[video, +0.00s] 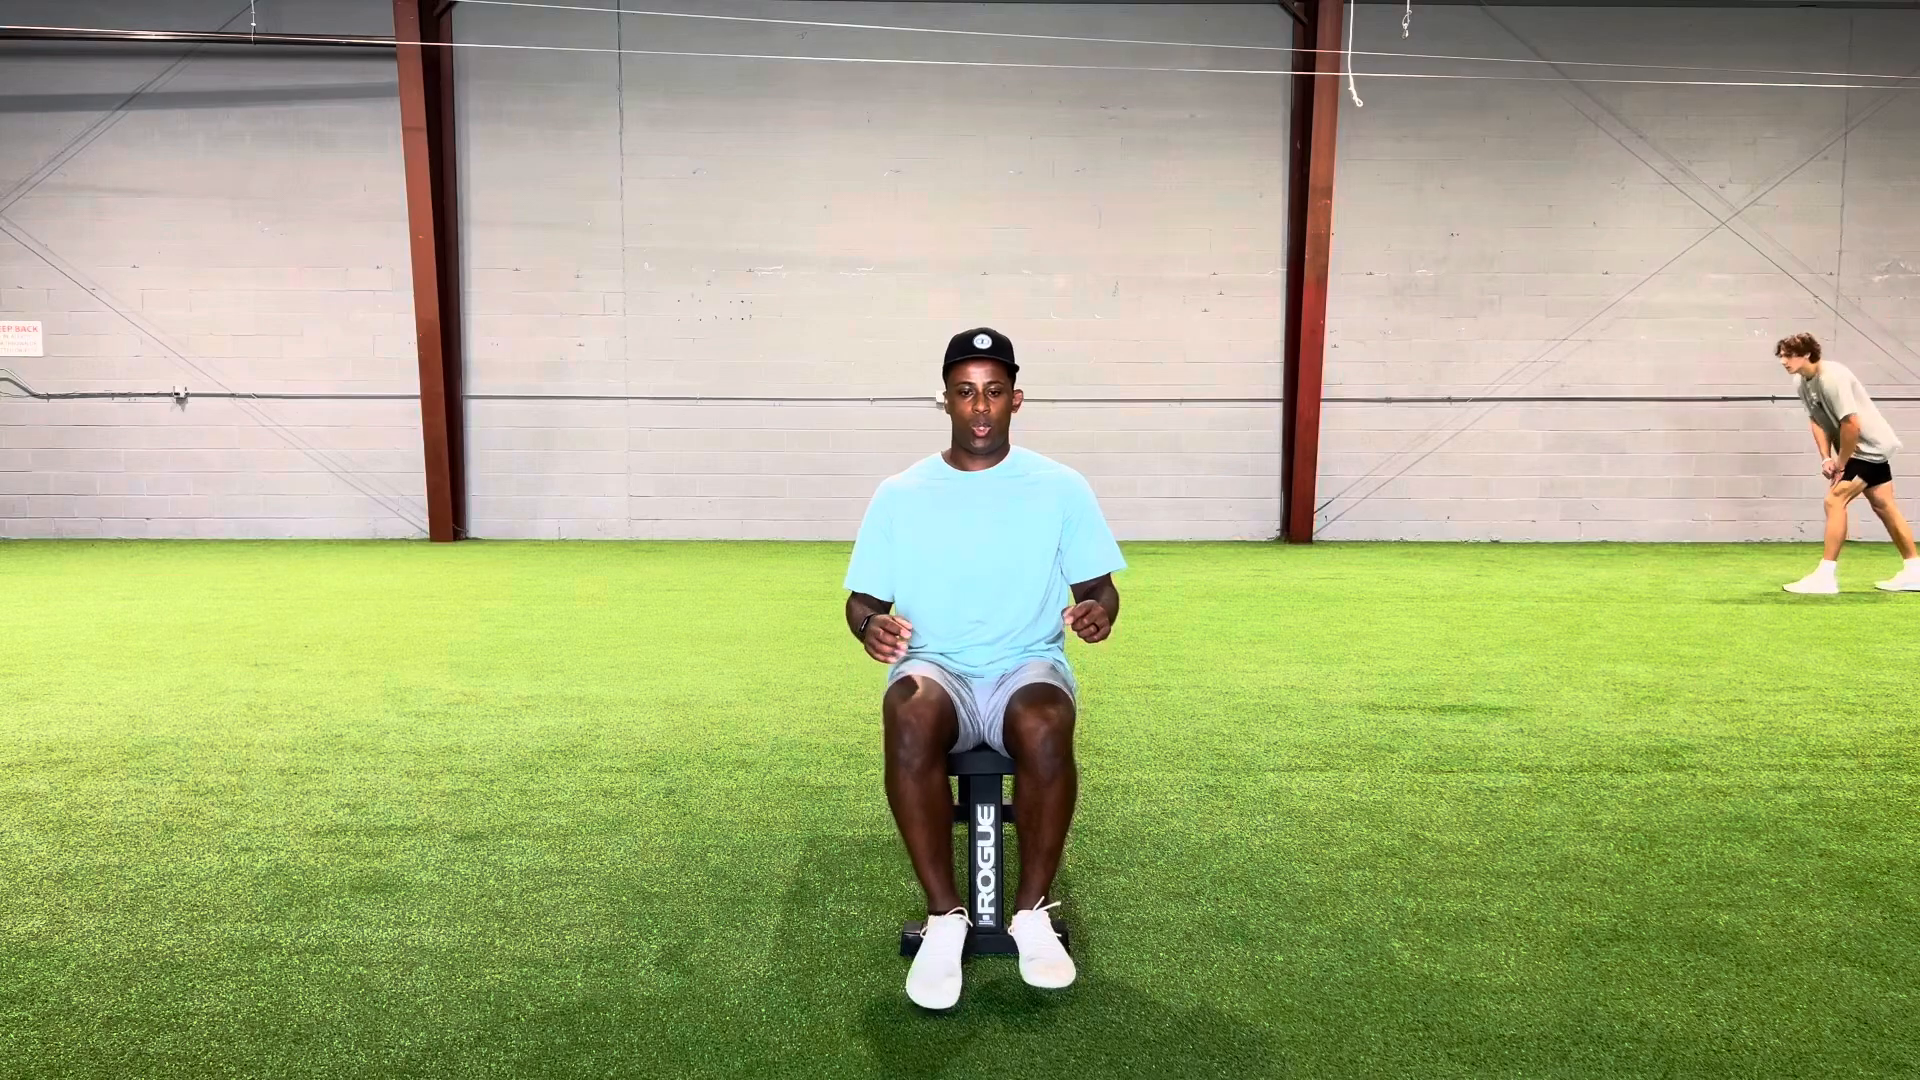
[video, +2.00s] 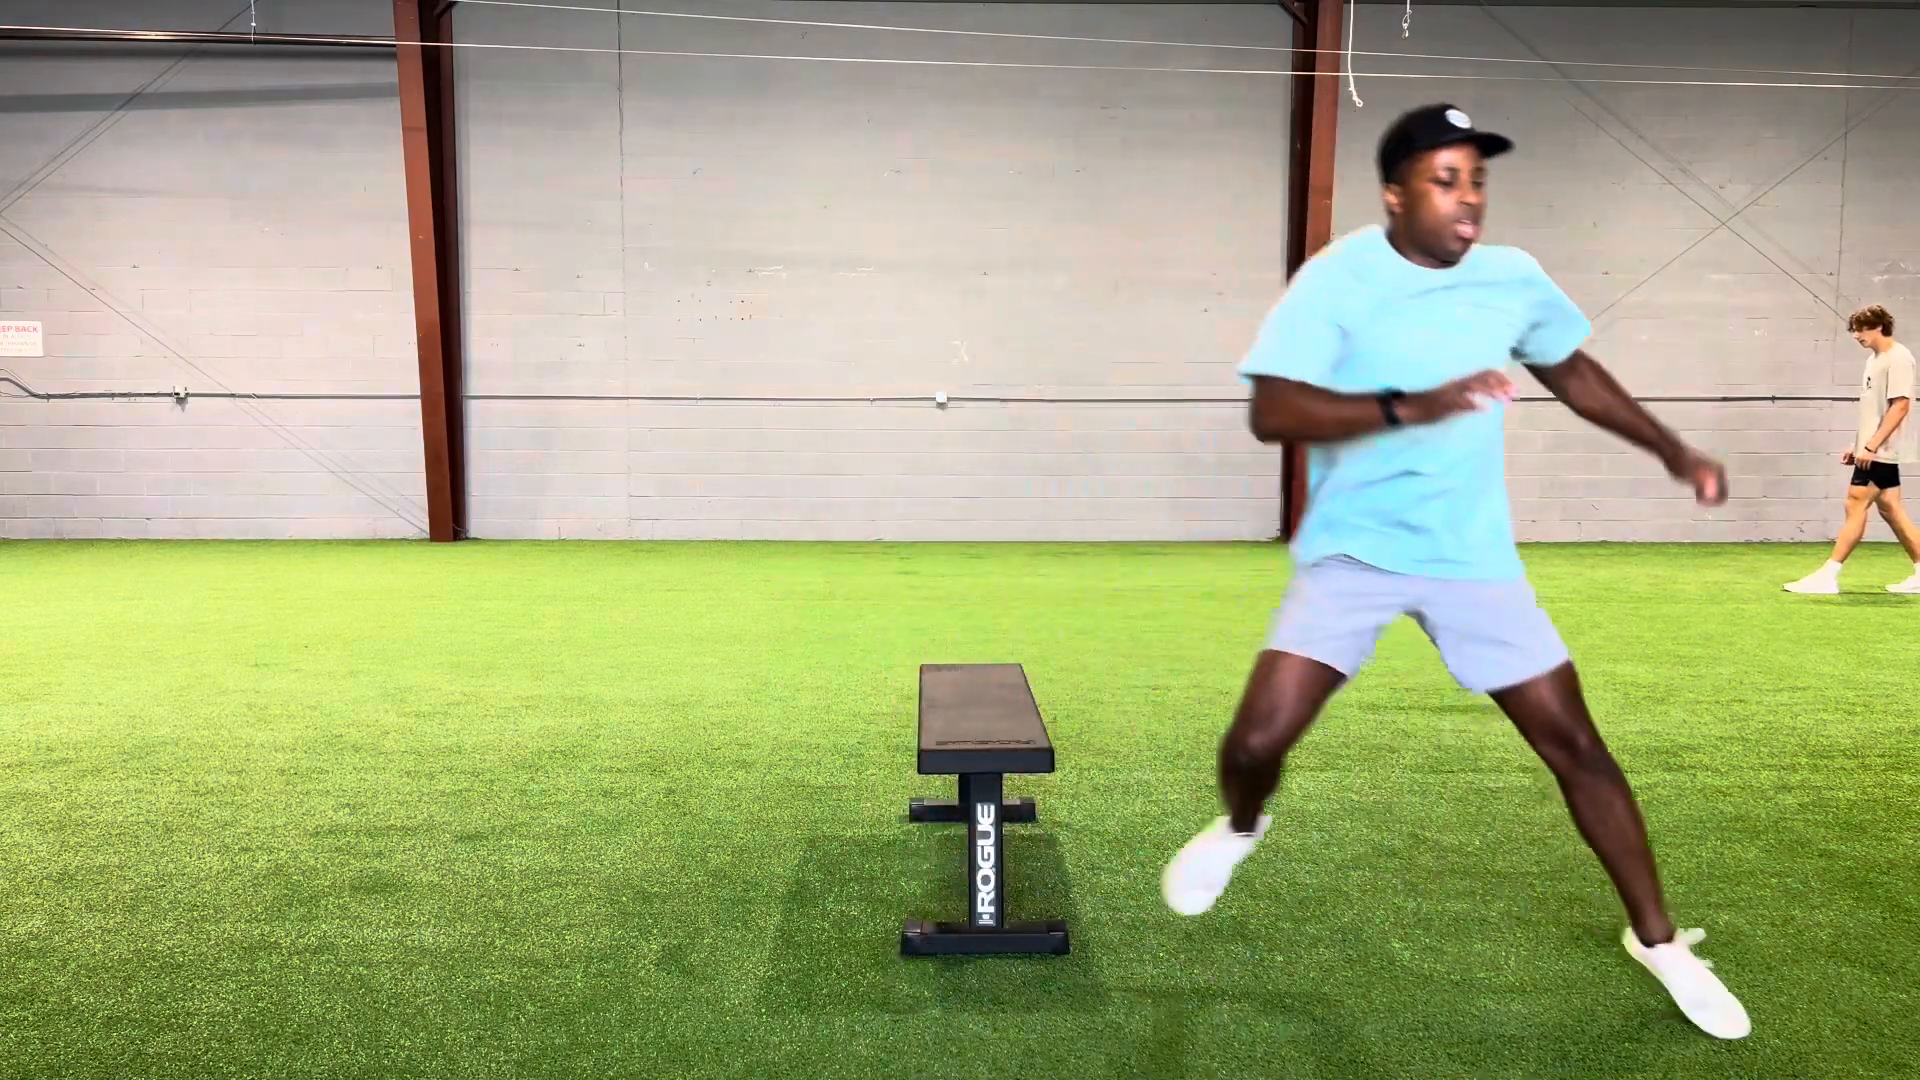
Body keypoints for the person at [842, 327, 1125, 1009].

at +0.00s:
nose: (981, 405)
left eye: (994, 391)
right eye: (966, 392)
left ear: (1014, 399)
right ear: (946, 401)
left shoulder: (1061, 489)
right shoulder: (900, 495)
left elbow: (1095, 584)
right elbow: (862, 599)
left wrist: (1097, 609)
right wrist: (870, 624)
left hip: (1028, 661)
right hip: (933, 665)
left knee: (1044, 722)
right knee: (911, 712)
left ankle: (1032, 909)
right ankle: (944, 914)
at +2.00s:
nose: (1469, 202)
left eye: (1477, 184)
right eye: (1446, 184)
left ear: (1485, 189)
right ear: (1394, 193)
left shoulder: (1513, 280)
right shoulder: (1335, 280)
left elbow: (1575, 373)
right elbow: (1272, 413)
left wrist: (1673, 452)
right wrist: (1407, 407)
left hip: (1476, 563)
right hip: (1348, 556)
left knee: (1577, 744)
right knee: (1254, 740)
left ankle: (1659, 939)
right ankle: (1238, 831)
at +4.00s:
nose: (1019, 424)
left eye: (1038, 406)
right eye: (1004, 403)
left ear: (1070, 392)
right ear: (985, 384)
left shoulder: (1113, 463)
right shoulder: (931, 449)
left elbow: (1159, 581)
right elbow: (880, 540)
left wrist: (1117, 676)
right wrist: (891, 633)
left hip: (1068, 637)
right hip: (957, 632)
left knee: (1092, 776)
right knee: (925, 765)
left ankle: (1077, 939)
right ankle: (935, 941)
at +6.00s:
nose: (1466, 194)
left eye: (1472, 178)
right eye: (1445, 178)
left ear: (1478, 187)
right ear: (1395, 191)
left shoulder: (1508, 272)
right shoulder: (1351, 279)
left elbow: (1580, 363)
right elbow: (1353, 414)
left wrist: (1668, 412)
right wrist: (1503, 395)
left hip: (1472, 540)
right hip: (1354, 533)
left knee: (1560, 717)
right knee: (1265, 702)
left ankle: (1624, 901)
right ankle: (1204, 794)